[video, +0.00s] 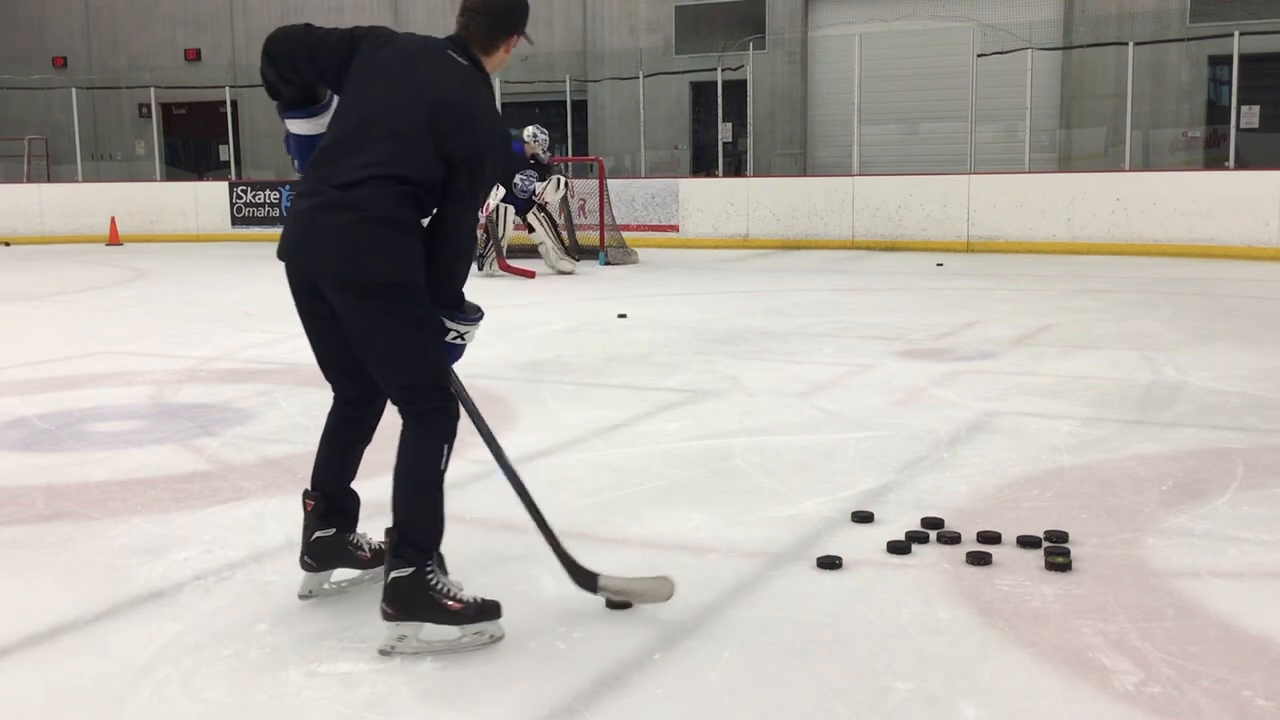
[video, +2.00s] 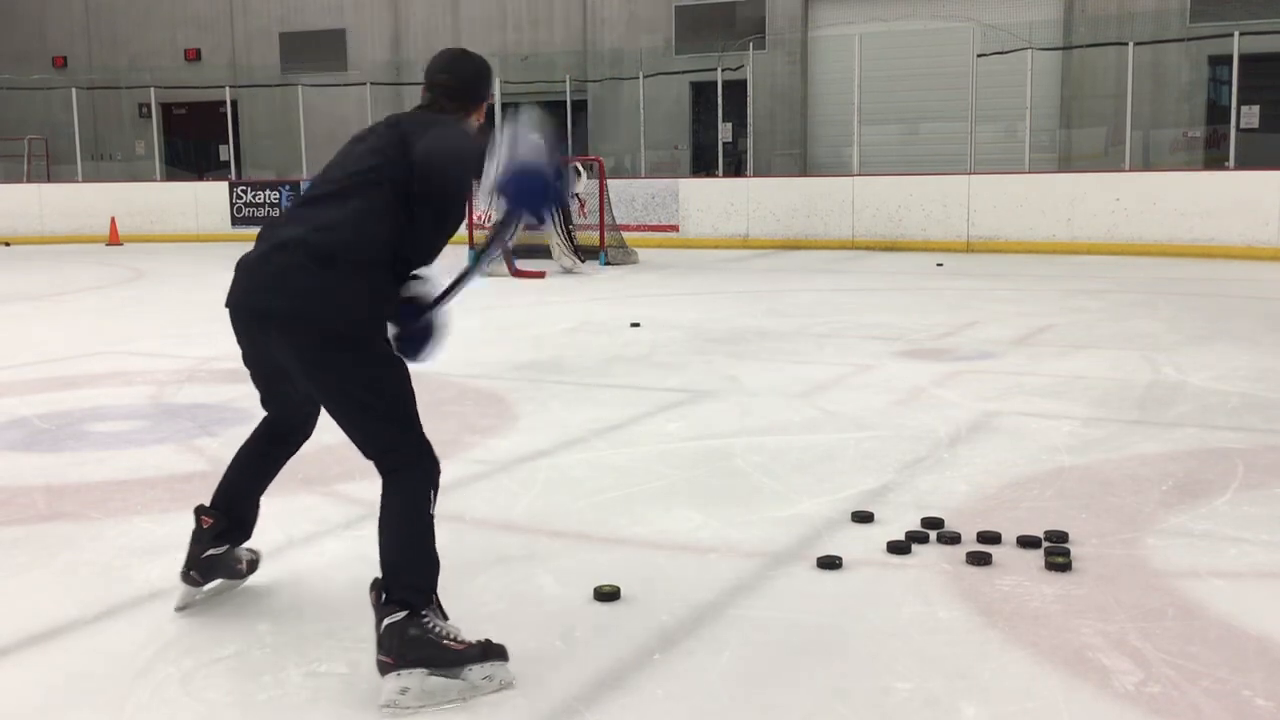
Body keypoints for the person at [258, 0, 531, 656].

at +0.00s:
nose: (515, 52)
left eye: (515, 41)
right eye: (518, 43)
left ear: (462, 21)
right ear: (507, 44)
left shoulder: (383, 46)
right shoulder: (481, 120)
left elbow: (284, 45)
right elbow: (452, 232)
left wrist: (304, 122)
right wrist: (450, 311)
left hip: (306, 243)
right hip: (376, 256)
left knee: (358, 392)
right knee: (431, 407)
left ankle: (327, 532)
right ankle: (414, 576)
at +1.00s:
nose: (438, 14)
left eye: (436, 9)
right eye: (439, 9)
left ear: (371, 4)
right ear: (429, 8)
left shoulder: (309, 60)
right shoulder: (423, 79)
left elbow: (252, 149)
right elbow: (431, 203)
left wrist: (299, 217)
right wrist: (490, 296)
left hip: (291, 285)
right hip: (371, 294)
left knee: (294, 417)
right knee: (431, 440)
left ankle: (240, 545)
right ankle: (456, 606)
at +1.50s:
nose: (439, 26)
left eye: (434, 16)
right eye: (439, 17)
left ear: (375, 16)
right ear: (431, 23)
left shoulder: (331, 74)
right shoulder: (405, 84)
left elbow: (318, 187)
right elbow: (417, 189)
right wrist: (475, 271)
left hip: (280, 290)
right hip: (351, 298)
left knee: (283, 422)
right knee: (428, 450)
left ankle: (223, 546)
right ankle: (449, 614)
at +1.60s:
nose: (448, 38)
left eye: (444, 26)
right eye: (448, 27)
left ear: (384, 22)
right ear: (439, 31)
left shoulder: (349, 81)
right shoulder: (402, 83)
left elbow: (345, 208)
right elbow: (422, 152)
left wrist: (393, 300)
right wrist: (511, 182)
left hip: (273, 285)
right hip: (341, 292)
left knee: (276, 417)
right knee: (424, 447)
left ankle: (207, 546)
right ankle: (442, 616)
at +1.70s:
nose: (464, 53)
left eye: (463, 45)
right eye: (460, 41)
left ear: (403, 34)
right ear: (447, 40)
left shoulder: (400, 106)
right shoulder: (405, 82)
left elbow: (407, 221)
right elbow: (445, 68)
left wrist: (447, 290)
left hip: (269, 285)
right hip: (331, 298)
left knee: (264, 422)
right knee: (421, 449)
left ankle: (189, 545)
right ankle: (422, 617)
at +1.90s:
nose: (493, 104)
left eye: (494, 94)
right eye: (491, 92)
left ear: (446, 83)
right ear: (474, 86)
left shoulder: (400, 124)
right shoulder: (436, 114)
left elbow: (427, 235)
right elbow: (463, 47)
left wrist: (487, 273)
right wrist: (514, 0)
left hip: (254, 290)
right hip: (326, 302)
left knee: (280, 419)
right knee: (413, 455)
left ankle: (198, 544)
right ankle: (412, 618)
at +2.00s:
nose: (483, 126)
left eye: (483, 116)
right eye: (487, 115)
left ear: (428, 95)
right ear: (479, 107)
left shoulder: (379, 134)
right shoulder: (452, 135)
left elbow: (340, 229)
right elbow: (445, 182)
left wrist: (397, 306)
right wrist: (406, 275)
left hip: (255, 293)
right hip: (329, 307)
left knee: (289, 417)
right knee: (409, 462)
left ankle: (212, 542)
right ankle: (407, 617)